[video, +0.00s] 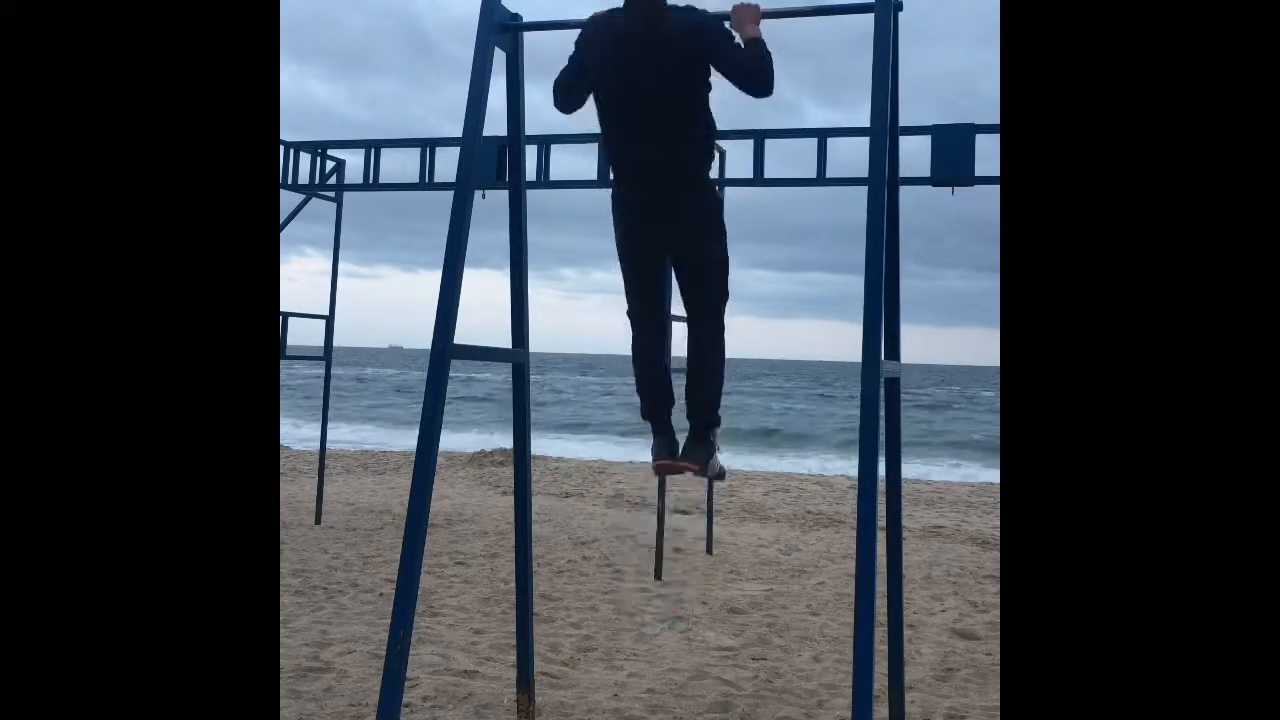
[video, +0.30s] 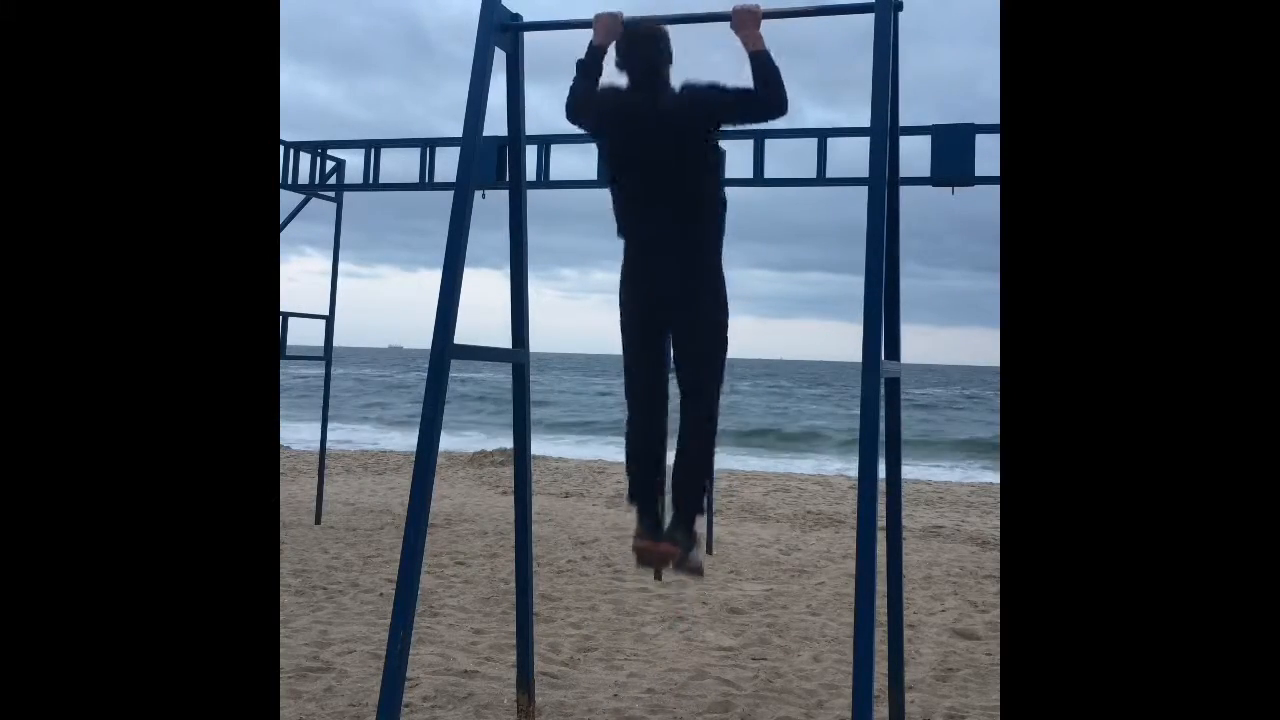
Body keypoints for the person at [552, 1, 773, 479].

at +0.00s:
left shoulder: (600, 32)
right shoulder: (697, 25)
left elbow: (566, 99)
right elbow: (759, 81)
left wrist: (596, 40)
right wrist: (751, 33)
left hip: (635, 204)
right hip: (693, 200)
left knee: (647, 323)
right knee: (707, 319)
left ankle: (662, 441)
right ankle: (701, 443)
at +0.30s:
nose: (656, 61)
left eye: (636, 55)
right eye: (660, 52)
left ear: (623, 64)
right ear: (669, 59)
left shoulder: (609, 110)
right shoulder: (702, 103)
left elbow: (576, 103)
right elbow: (773, 101)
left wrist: (597, 44)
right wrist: (754, 40)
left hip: (640, 280)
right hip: (699, 280)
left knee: (645, 403)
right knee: (699, 405)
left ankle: (648, 529)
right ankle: (681, 533)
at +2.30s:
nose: (656, 41)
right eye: (655, 33)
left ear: (609, 45)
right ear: (656, 40)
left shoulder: (594, 99)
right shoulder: (688, 84)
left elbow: (577, 100)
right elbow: (755, 104)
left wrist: (595, 45)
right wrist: (750, 42)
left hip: (632, 258)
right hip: (690, 255)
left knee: (641, 377)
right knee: (700, 379)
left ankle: (650, 498)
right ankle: (686, 502)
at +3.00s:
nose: (683, 122)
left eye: (674, 117)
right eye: (680, 116)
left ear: (631, 130)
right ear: (678, 124)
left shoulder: (620, 167)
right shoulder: (707, 161)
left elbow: (592, 114)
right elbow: (760, 111)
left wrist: (600, 46)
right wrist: (751, 43)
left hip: (646, 330)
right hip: (701, 332)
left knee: (639, 460)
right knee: (695, 469)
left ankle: (631, 592)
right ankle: (666, 600)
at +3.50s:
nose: (640, 75)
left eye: (622, 67)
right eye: (651, 66)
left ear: (613, 75)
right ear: (659, 73)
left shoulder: (600, 125)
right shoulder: (692, 114)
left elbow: (589, 91)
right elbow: (754, 106)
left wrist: (599, 43)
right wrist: (749, 43)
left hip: (634, 288)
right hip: (692, 287)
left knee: (639, 410)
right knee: (696, 413)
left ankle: (642, 531)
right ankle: (678, 538)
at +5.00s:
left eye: (618, 4)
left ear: (618, 3)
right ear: (664, 1)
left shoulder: (599, 41)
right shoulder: (693, 34)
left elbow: (564, 99)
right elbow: (762, 88)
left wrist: (594, 33)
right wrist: (750, 36)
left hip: (634, 206)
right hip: (693, 203)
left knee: (651, 324)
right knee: (710, 321)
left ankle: (668, 445)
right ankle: (706, 448)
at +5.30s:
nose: (657, 45)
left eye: (638, 34)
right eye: (661, 35)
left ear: (622, 46)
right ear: (668, 44)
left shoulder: (603, 94)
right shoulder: (697, 86)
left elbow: (571, 104)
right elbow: (770, 101)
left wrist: (597, 43)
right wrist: (754, 41)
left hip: (639, 261)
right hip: (698, 259)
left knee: (650, 381)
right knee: (707, 381)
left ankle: (662, 503)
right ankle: (700, 504)